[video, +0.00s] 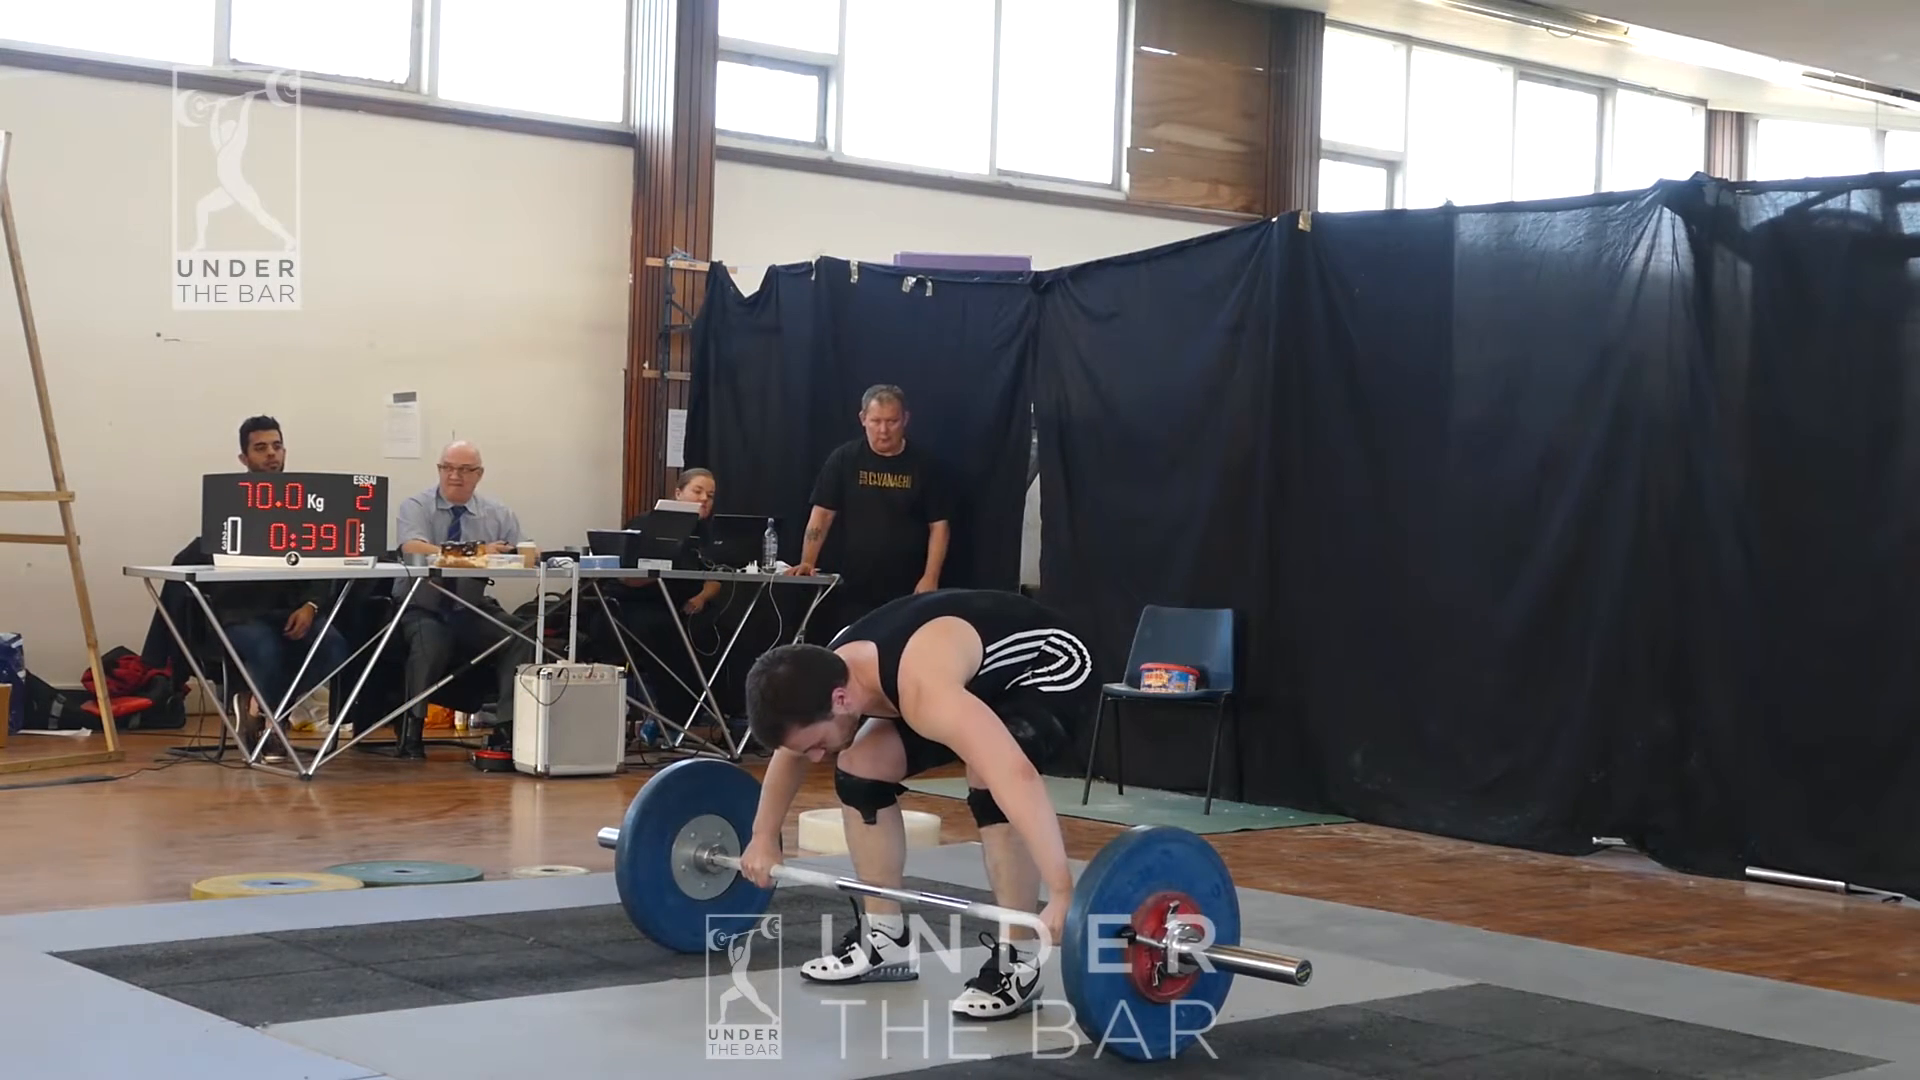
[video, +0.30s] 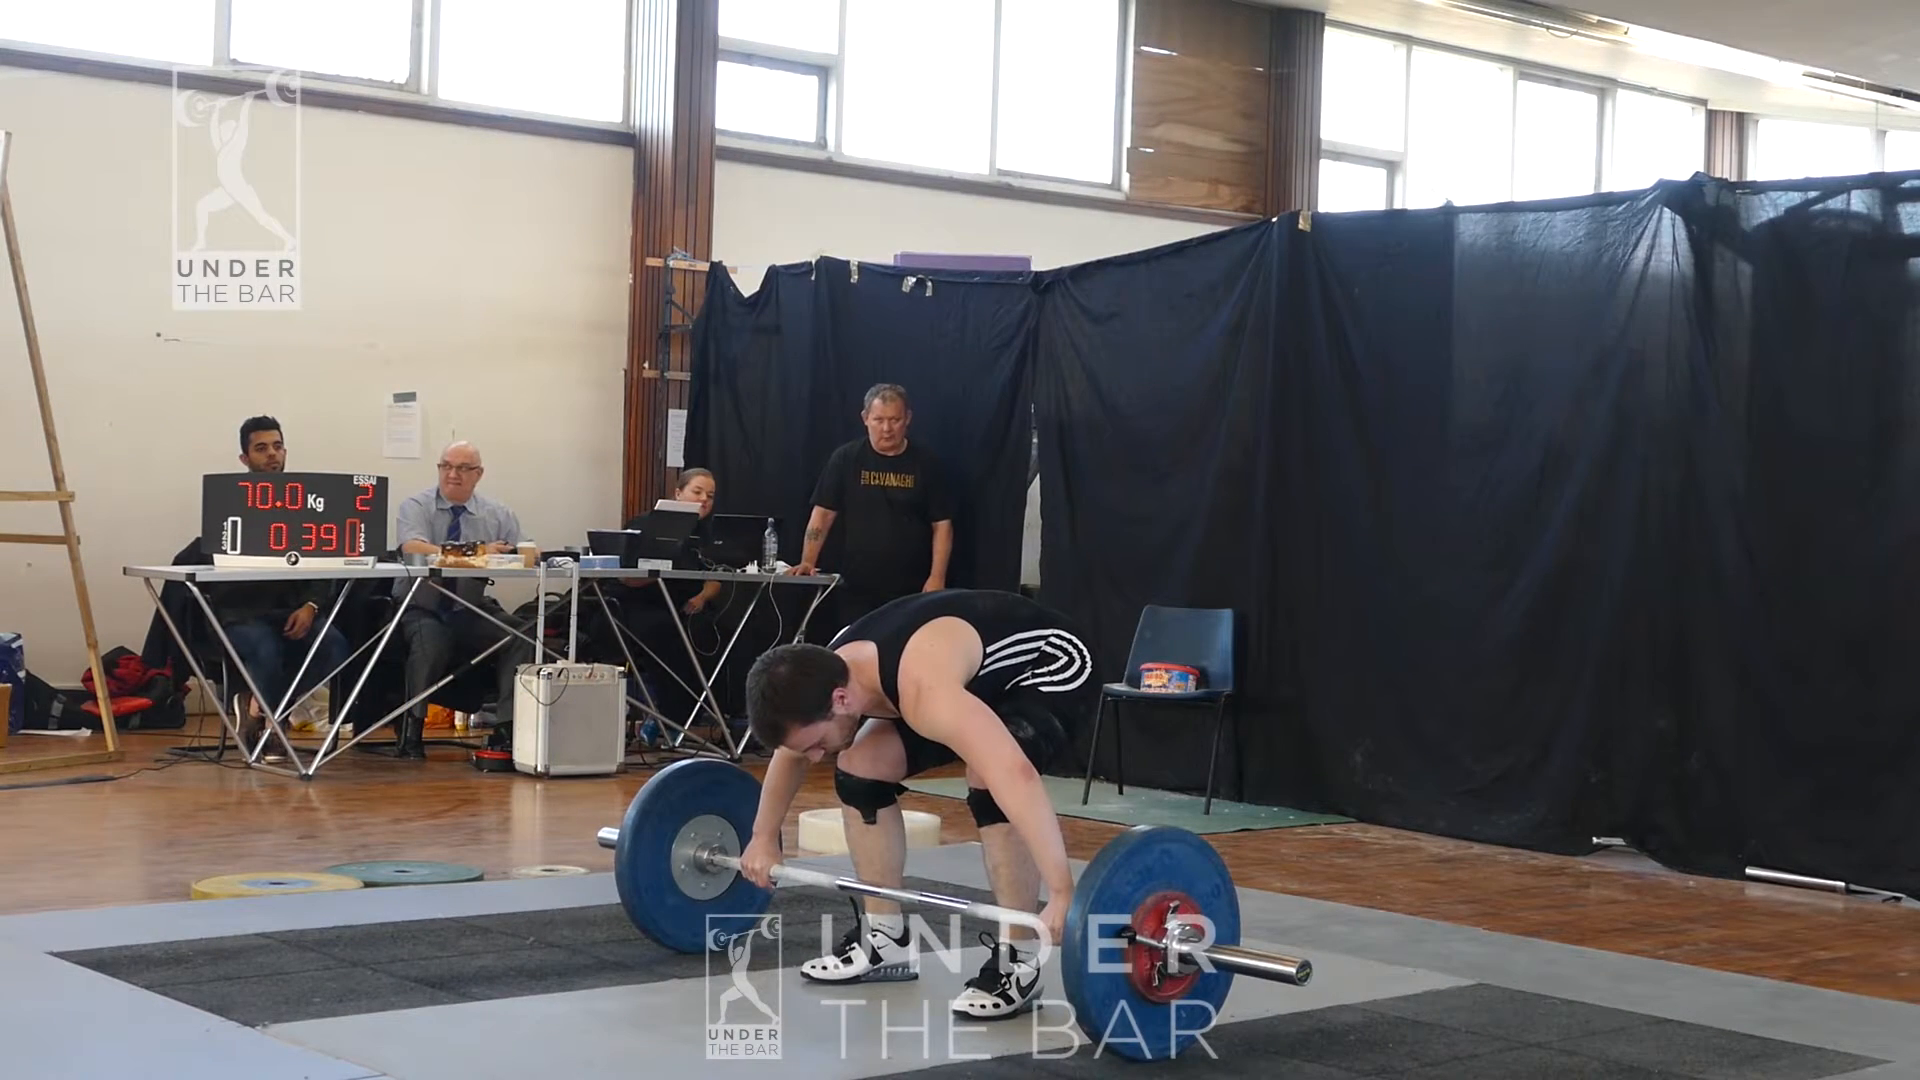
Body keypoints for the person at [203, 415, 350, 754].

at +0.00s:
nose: (272, 454)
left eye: (277, 446)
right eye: (261, 447)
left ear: (284, 451)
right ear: (244, 457)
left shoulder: (302, 497)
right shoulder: (233, 499)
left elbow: (328, 558)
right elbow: (214, 555)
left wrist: (312, 604)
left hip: (293, 608)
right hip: (244, 609)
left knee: (333, 648)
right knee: (267, 649)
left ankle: (255, 707)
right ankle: (273, 730)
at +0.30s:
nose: (273, 454)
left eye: (278, 446)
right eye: (262, 448)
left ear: (285, 451)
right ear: (245, 458)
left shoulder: (302, 497)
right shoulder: (233, 499)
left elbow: (327, 557)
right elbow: (217, 557)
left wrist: (312, 605)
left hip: (293, 607)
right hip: (244, 609)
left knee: (334, 647)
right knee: (265, 649)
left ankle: (256, 706)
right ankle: (275, 730)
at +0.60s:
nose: (271, 453)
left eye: (276, 445)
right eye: (261, 447)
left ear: (284, 450)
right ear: (245, 458)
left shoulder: (302, 497)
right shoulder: (233, 498)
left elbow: (328, 558)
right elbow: (220, 557)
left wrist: (312, 605)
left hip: (294, 607)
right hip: (244, 609)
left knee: (334, 647)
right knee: (265, 648)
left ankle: (256, 707)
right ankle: (274, 732)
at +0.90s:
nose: (271, 453)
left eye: (276, 445)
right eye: (261, 447)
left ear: (284, 450)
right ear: (244, 458)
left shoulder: (303, 497)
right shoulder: (233, 499)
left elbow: (330, 558)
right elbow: (221, 558)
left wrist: (312, 606)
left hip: (294, 607)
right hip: (244, 609)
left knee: (334, 648)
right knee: (265, 649)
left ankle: (257, 707)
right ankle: (274, 734)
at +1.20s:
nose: (272, 453)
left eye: (277, 446)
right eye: (261, 447)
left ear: (284, 450)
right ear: (245, 458)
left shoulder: (302, 497)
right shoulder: (233, 499)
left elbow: (329, 559)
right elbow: (220, 558)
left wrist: (312, 606)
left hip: (294, 607)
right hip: (244, 609)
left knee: (334, 647)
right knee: (265, 648)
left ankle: (257, 708)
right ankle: (274, 734)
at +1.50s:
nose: (272, 453)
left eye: (277, 446)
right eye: (261, 447)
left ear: (285, 451)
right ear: (245, 458)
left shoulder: (303, 497)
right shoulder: (233, 500)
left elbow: (328, 557)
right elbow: (223, 559)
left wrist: (312, 605)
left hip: (294, 607)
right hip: (245, 610)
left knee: (335, 648)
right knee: (268, 651)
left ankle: (257, 708)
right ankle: (273, 733)